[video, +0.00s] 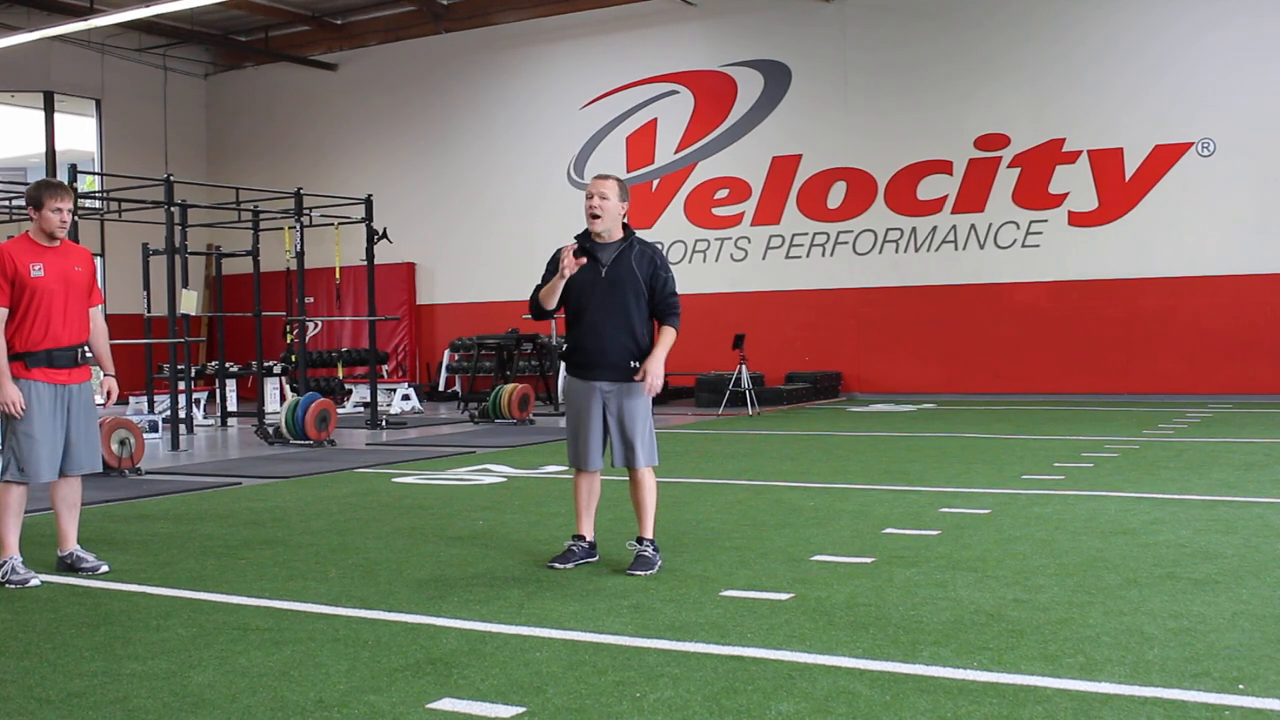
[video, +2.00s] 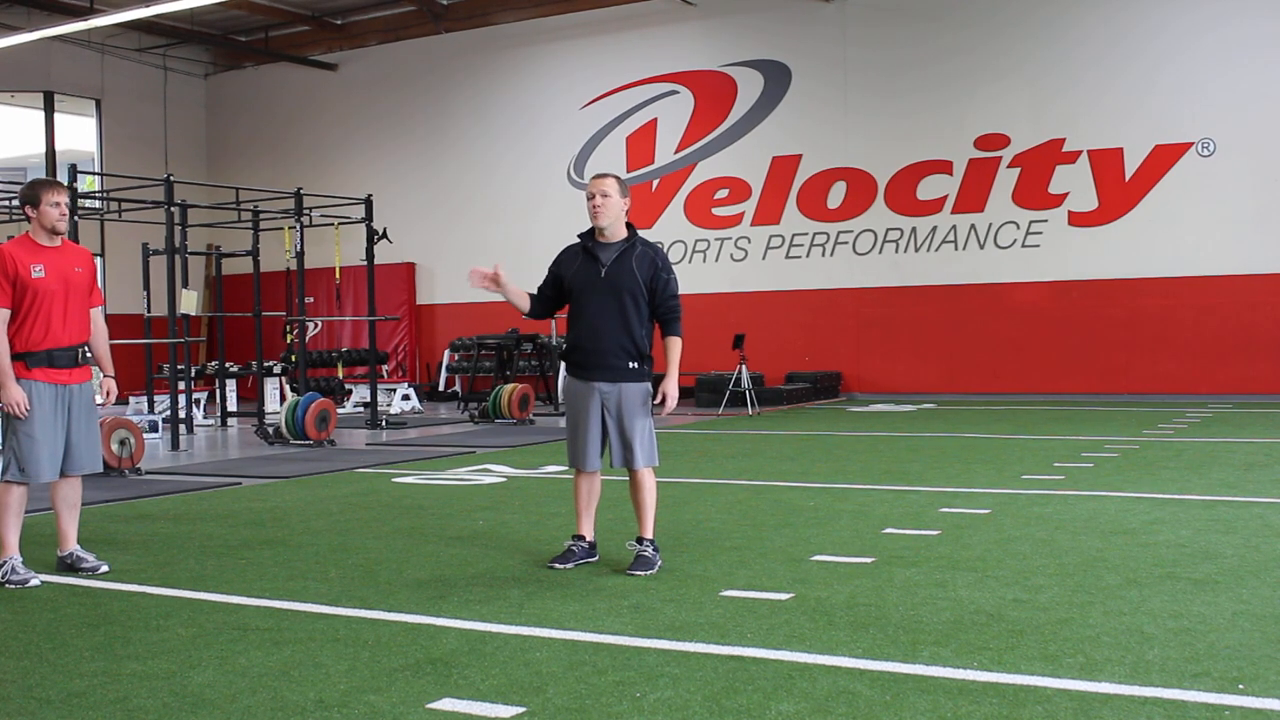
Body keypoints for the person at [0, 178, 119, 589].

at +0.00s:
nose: (65, 218)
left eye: (69, 211)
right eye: (56, 211)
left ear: (72, 213)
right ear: (33, 212)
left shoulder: (83, 257)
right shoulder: (10, 254)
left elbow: (95, 321)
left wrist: (109, 371)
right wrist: (5, 381)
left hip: (76, 376)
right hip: (28, 378)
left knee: (71, 466)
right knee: (18, 472)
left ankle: (69, 550)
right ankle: (10, 559)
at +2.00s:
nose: (64, 211)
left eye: (66, 205)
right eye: (54, 205)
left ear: (69, 210)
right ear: (31, 211)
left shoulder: (83, 257)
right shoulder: (10, 255)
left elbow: (95, 321)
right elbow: (0, 326)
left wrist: (108, 372)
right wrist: (7, 382)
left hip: (76, 377)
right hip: (30, 378)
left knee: (71, 466)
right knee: (18, 473)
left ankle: (69, 551)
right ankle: (9, 559)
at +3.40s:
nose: (66, 213)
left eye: (69, 206)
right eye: (57, 206)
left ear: (70, 211)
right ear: (33, 211)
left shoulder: (84, 257)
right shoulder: (11, 254)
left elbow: (97, 319)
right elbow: (0, 325)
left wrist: (110, 371)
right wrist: (6, 381)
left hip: (77, 376)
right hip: (30, 377)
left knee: (72, 466)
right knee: (18, 473)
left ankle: (69, 551)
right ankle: (9, 560)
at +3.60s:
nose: (66, 213)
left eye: (68, 206)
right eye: (57, 206)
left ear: (69, 211)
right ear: (33, 211)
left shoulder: (84, 257)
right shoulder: (11, 255)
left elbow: (96, 319)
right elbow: (0, 326)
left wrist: (110, 371)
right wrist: (6, 381)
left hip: (77, 376)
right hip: (29, 378)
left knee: (72, 466)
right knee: (18, 473)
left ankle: (69, 551)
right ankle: (10, 560)